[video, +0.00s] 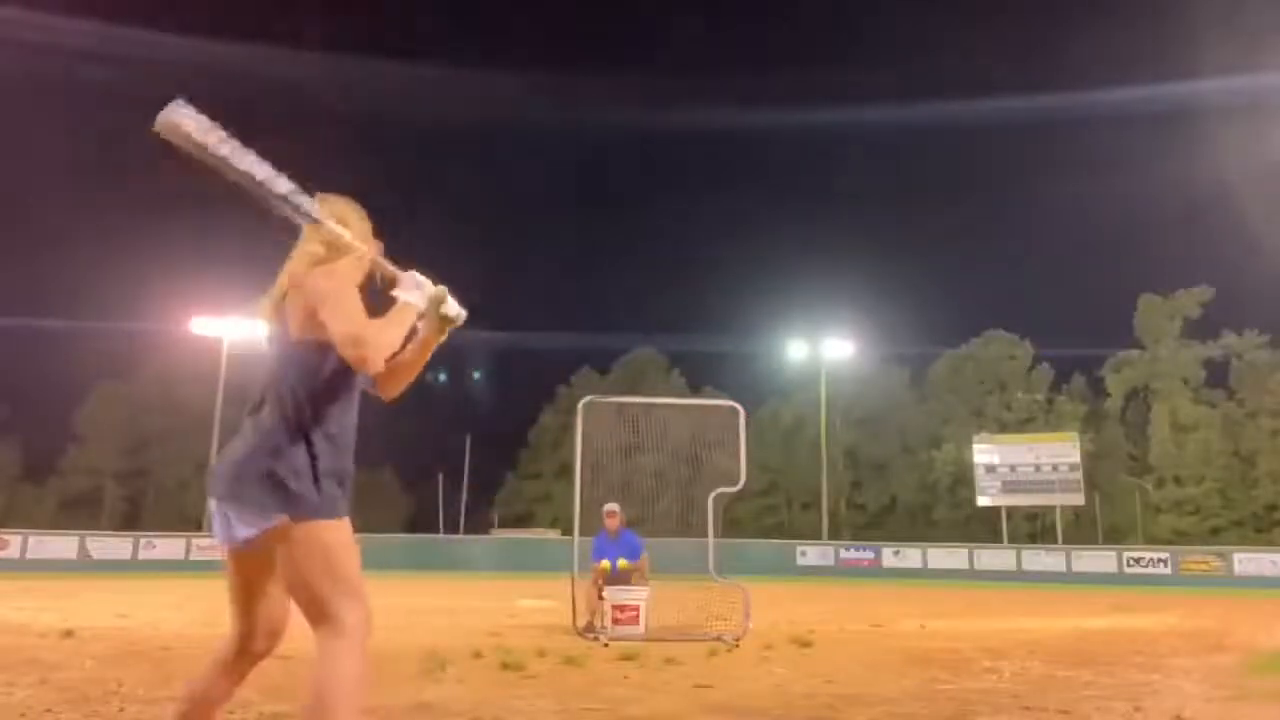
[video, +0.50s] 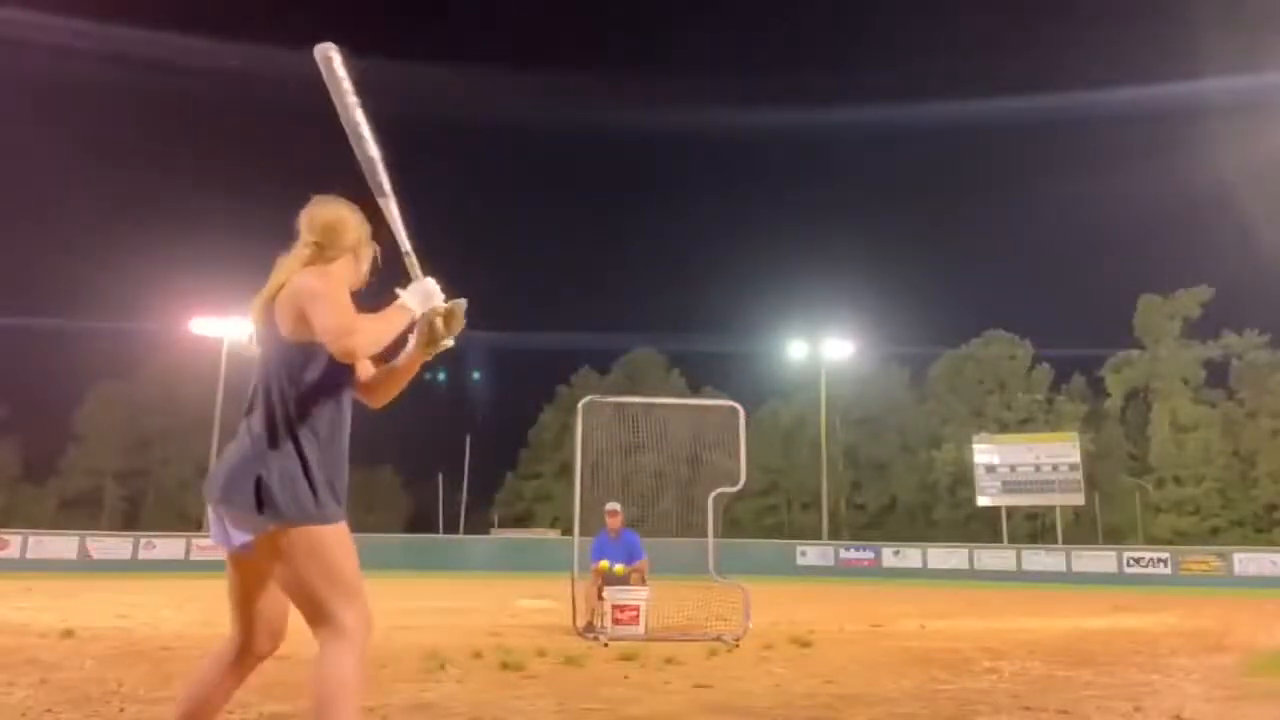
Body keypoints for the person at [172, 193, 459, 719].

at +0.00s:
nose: (374, 255)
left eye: (371, 247)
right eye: (369, 246)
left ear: (316, 238)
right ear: (355, 243)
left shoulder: (302, 286)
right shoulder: (330, 275)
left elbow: (387, 384)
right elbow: (366, 350)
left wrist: (433, 332)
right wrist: (410, 302)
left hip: (248, 473)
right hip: (293, 475)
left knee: (255, 635)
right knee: (345, 625)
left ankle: (185, 713)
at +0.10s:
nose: (375, 250)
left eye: (371, 240)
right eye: (370, 239)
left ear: (316, 239)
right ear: (358, 242)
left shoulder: (303, 289)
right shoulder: (326, 282)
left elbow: (383, 386)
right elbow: (367, 349)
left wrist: (432, 339)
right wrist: (413, 301)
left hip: (253, 473)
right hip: (293, 476)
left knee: (248, 638)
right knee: (346, 624)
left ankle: (183, 714)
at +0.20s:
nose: (375, 260)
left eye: (375, 250)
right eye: (372, 249)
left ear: (317, 238)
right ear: (357, 242)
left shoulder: (298, 290)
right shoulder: (326, 281)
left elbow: (376, 390)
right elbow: (363, 349)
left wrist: (428, 345)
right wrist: (411, 307)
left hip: (251, 475)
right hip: (291, 478)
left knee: (245, 639)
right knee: (346, 625)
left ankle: (181, 714)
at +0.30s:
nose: (371, 258)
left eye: (371, 247)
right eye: (369, 245)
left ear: (313, 239)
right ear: (356, 242)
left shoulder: (295, 291)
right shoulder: (323, 279)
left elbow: (371, 394)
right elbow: (355, 346)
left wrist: (422, 350)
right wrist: (410, 311)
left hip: (249, 477)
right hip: (289, 480)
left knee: (248, 636)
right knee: (345, 625)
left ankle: (183, 715)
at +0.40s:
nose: (369, 261)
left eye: (369, 251)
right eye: (367, 249)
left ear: (312, 239)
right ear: (355, 243)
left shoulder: (295, 291)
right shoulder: (323, 278)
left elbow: (371, 394)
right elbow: (353, 344)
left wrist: (422, 350)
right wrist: (410, 309)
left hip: (249, 476)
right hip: (287, 479)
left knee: (251, 638)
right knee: (346, 624)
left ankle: (184, 714)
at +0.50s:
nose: (369, 264)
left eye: (369, 254)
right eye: (368, 252)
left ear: (311, 242)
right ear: (355, 246)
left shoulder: (296, 297)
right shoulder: (319, 280)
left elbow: (373, 392)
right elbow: (347, 340)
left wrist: (420, 349)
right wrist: (409, 304)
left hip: (246, 481)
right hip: (288, 485)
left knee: (255, 638)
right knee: (346, 626)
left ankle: (184, 714)